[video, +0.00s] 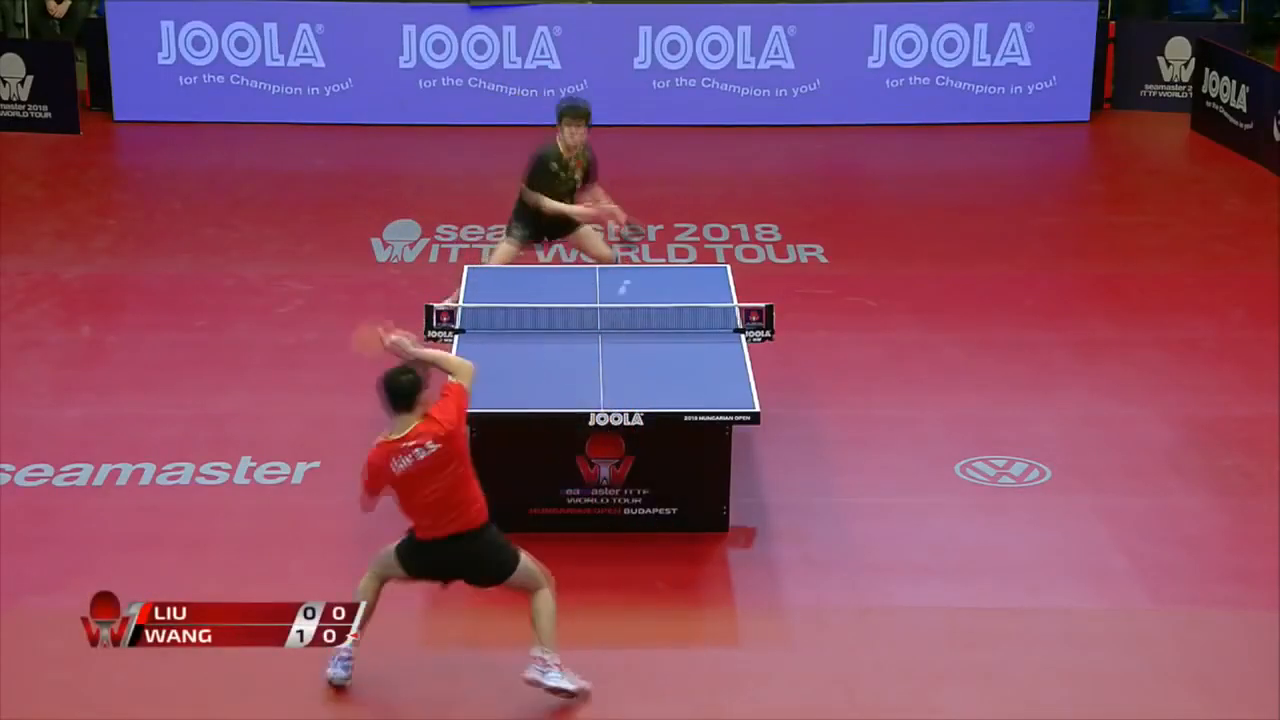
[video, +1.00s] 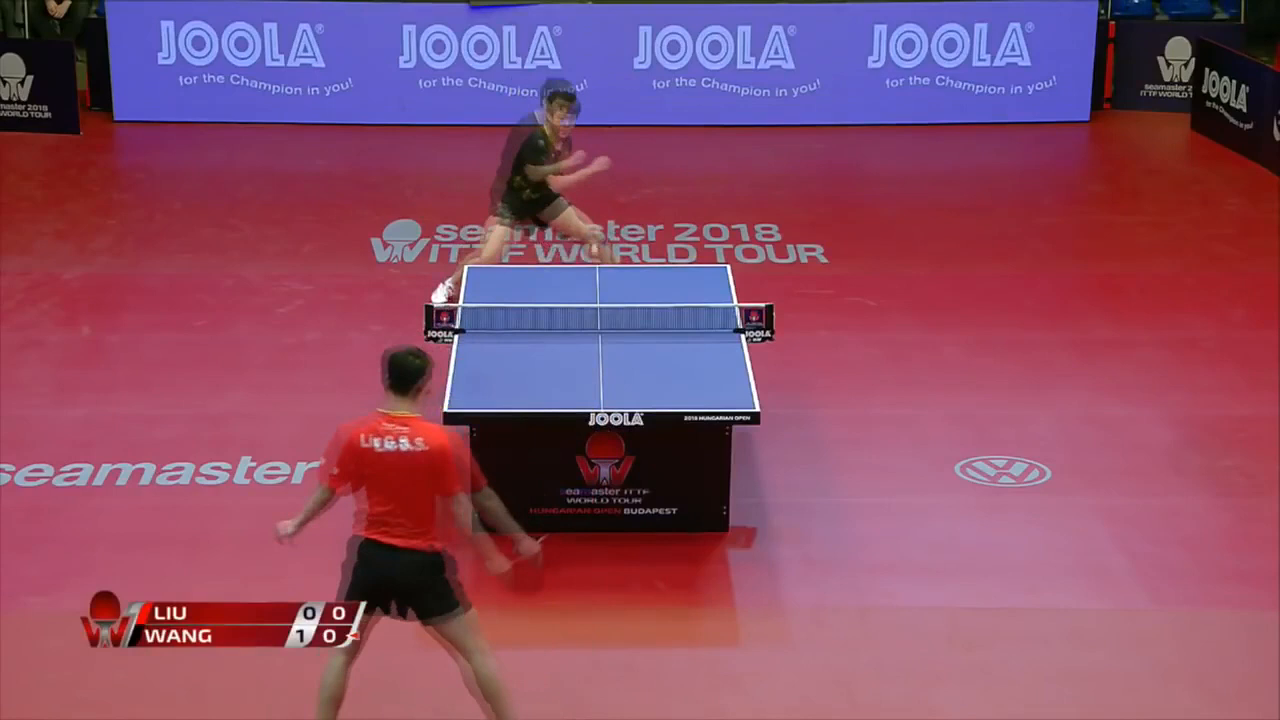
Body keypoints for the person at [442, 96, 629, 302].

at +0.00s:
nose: (576, 132)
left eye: (580, 126)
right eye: (570, 126)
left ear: (587, 129)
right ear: (559, 128)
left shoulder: (587, 158)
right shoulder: (545, 157)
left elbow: (589, 190)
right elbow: (531, 196)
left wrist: (613, 211)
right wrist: (574, 211)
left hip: (563, 219)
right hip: (529, 221)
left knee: (607, 257)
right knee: (494, 268)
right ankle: (453, 301)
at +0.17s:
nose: (565, 142)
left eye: (569, 136)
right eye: (560, 135)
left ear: (571, 137)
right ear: (541, 133)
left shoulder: (565, 159)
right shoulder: (520, 158)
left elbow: (576, 183)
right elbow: (507, 202)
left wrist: (615, 175)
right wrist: (530, 177)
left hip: (555, 227)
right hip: (521, 229)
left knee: (603, 259)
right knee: (494, 272)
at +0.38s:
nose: (503, 140)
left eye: (506, 133)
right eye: (497, 134)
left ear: (514, 135)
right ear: (489, 137)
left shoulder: (526, 154)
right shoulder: (487, 168)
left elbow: (523, 132)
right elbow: (488, 209)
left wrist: (486, 119)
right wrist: (480, 196)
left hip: (544, 229)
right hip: (509, 231)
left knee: (595, 262)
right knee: (461, 258)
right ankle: (454, 312)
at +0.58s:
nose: (502, 118)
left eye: (507, 112)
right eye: (496, 113)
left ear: (515, 113)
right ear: (489, 114)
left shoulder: (528, 135)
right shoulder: (486, 147)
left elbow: (570, 162)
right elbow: (495, 177)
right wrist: (482, 193)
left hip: (547, 208)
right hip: (511, 212)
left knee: (588, 248)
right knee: (470, 249)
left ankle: (594, 303)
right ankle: (455, 304)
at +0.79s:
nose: (547, 108)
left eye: (552, 102)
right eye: (542, 102)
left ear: (559, 104)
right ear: (532, 102)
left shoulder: (565, 130)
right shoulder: (517, 130)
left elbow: (570, 162)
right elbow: (500, 165)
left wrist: (590, 186)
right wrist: (533, 184)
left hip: (554, 193)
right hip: (517, 194)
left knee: (597, 238)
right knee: (479, 243)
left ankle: (623, 284)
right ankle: (453, 291)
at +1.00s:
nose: (564, 116)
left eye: (569, 111)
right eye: (559, 109)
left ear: (573, 113)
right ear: (547, 107)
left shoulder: (564, 139)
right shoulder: (531, 134)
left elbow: (555, 175)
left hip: (541, 195)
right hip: (511, 198)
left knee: (592, 234)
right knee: (490, 255)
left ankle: (616, 289)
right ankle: (450, 287)